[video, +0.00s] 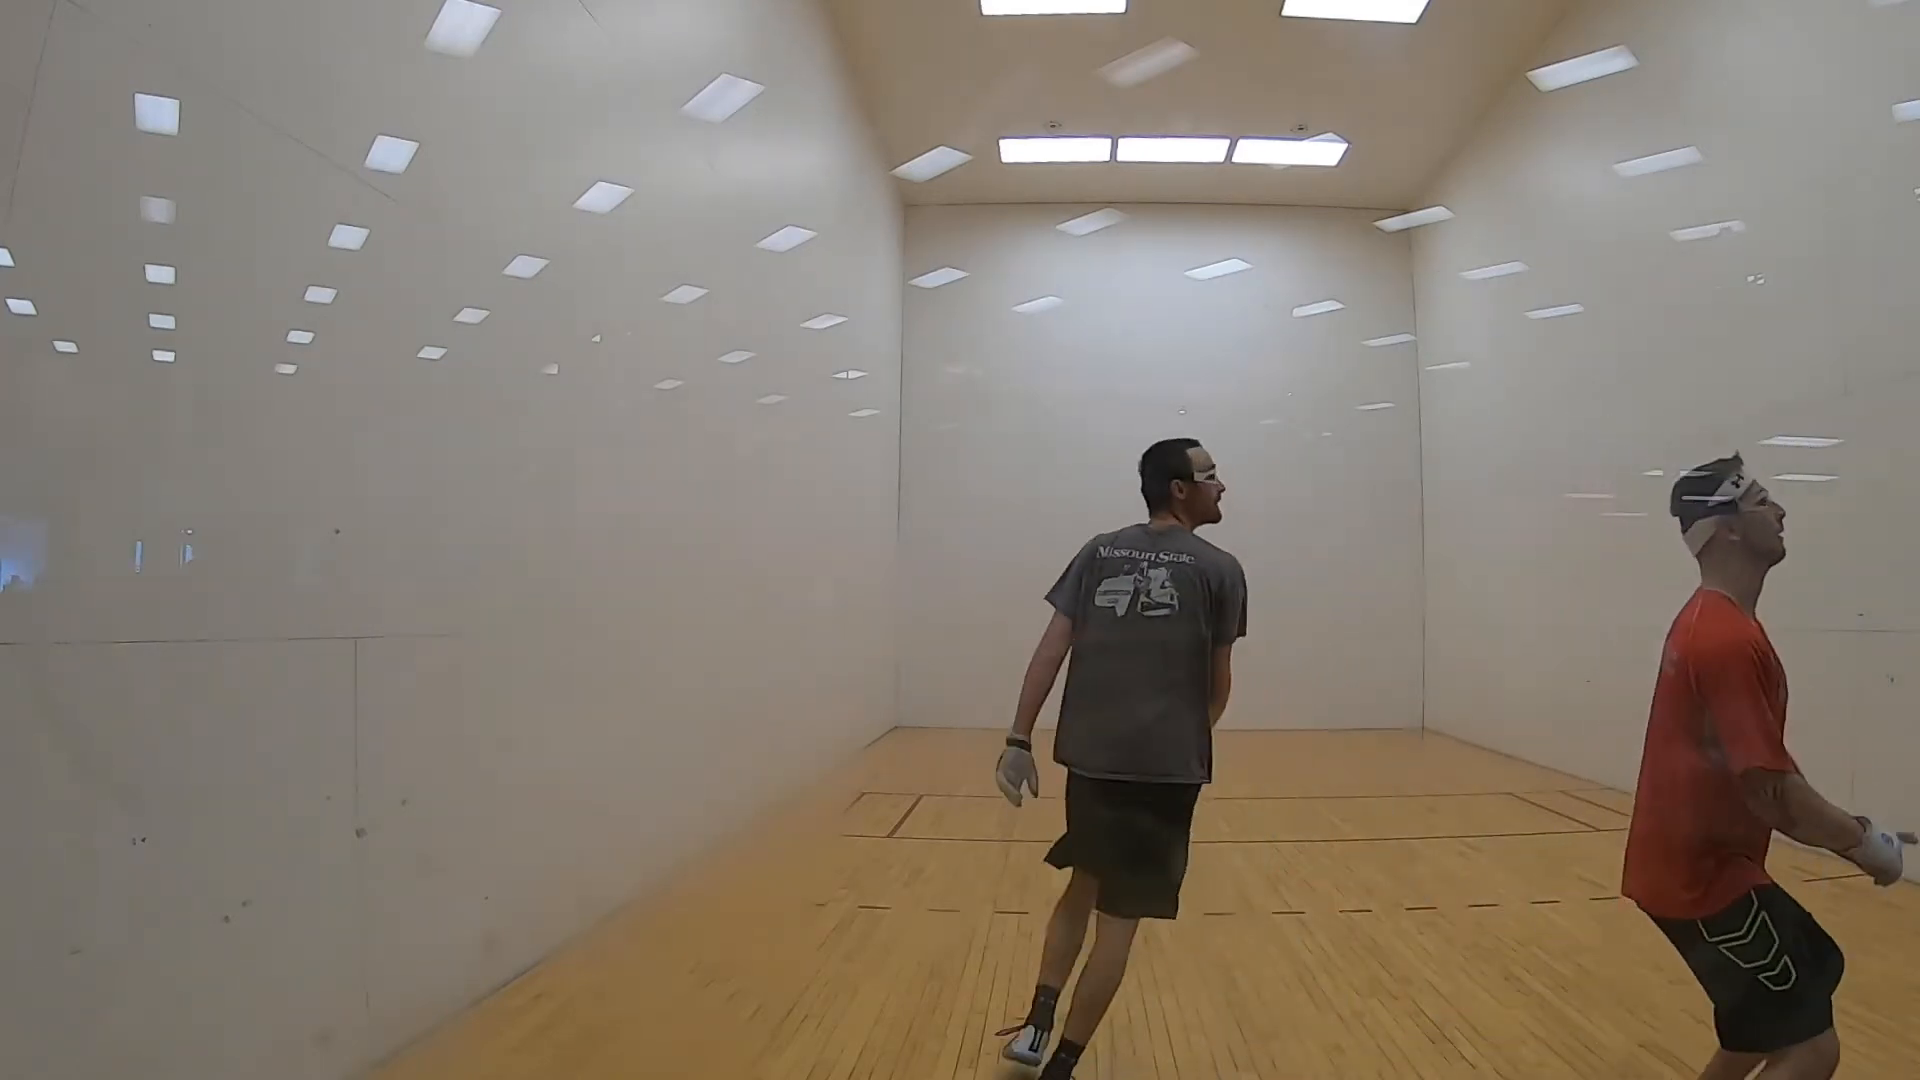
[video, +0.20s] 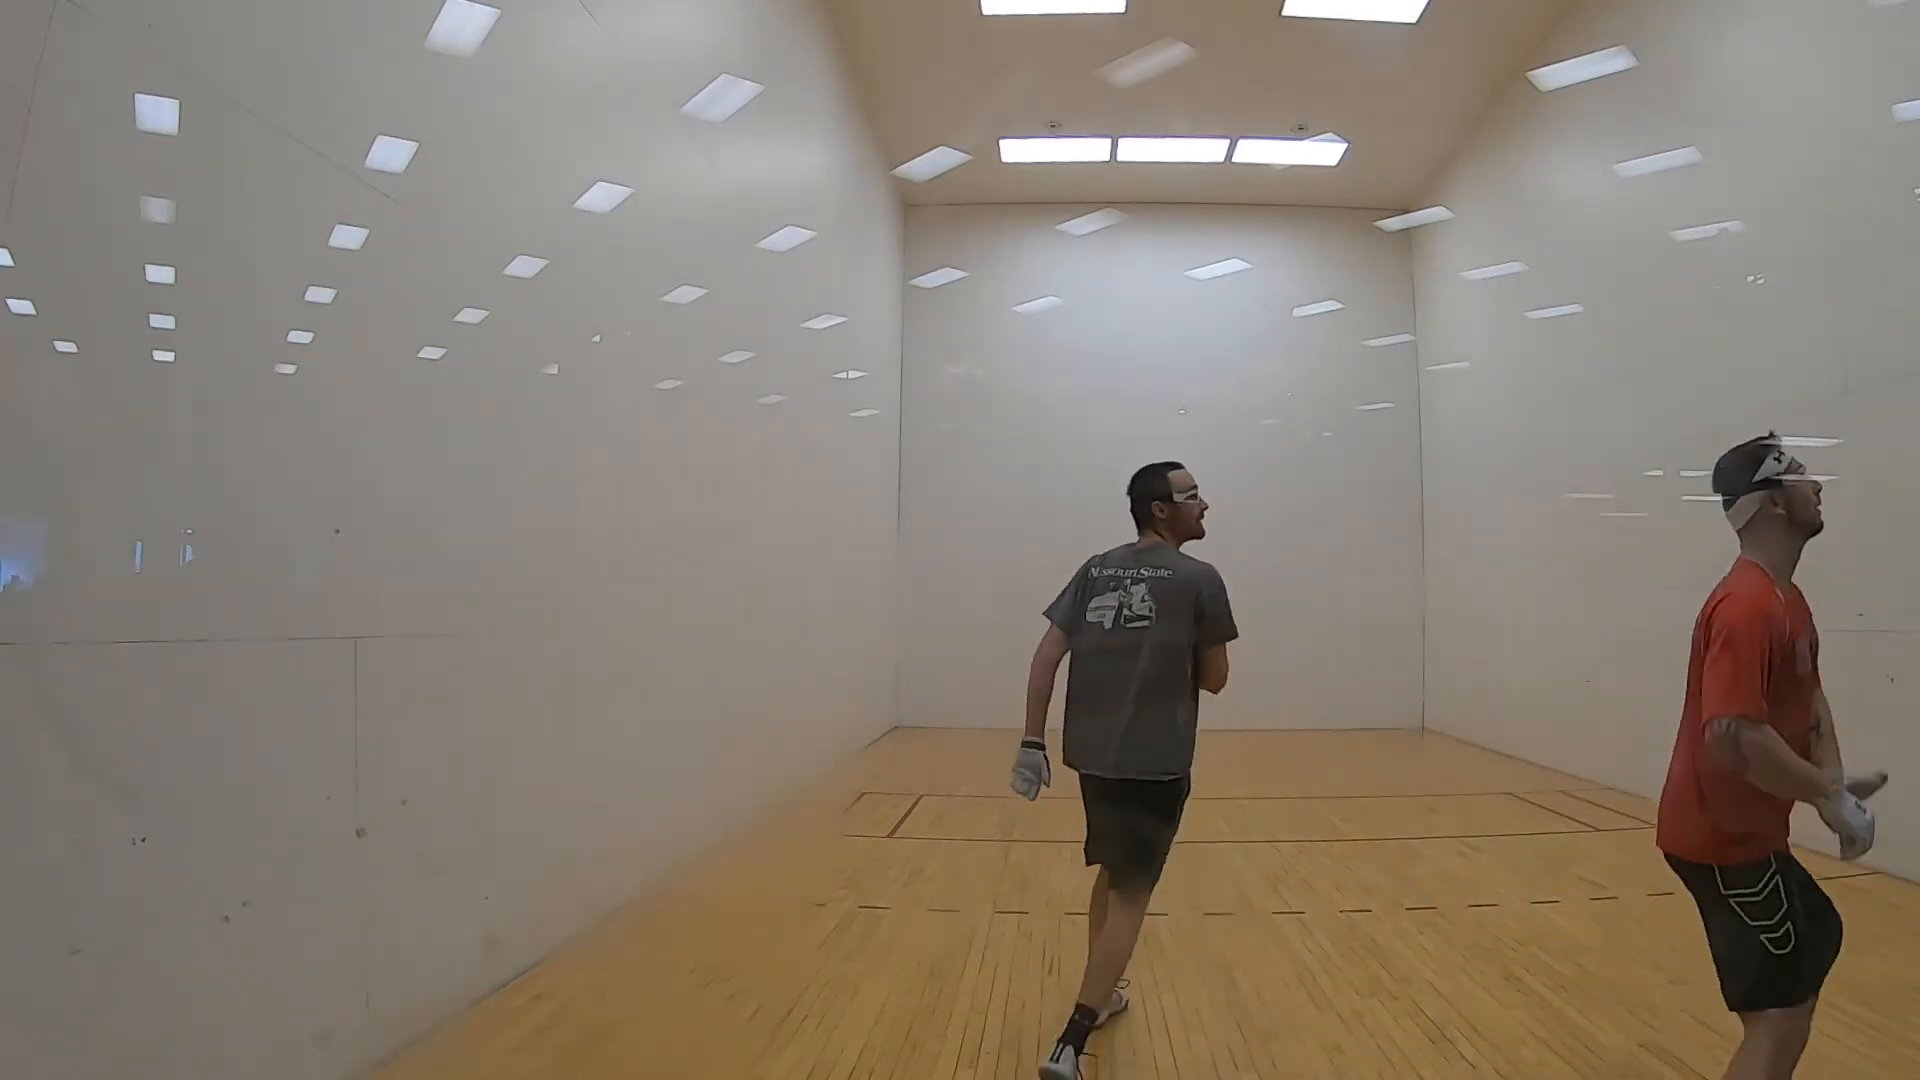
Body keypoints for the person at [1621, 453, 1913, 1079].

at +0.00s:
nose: (1778, 510)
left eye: (1768, 497)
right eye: (1759, 501)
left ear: (1725, 533)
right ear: (1724, 528)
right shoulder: (1726, 636)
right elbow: (1770, 790)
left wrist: (1848, 832)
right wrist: (1863, 845)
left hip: (1684, 865)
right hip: (1701, 877)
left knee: (1754, 1030)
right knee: (1812, 1052)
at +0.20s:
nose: (1818, 484)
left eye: (1808, 474)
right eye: (1801, 475)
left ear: (1769, 503)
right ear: (1769, 499)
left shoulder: (1786, 598)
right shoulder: (1744, 605)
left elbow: (1809, 711)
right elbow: (1732, 735)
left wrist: (1836, 788)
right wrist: (1830, 799)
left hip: (1749, 829)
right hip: (1719, 838)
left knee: (1819, 934)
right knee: (1780, 1021)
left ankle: (1768, 1061)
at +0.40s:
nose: (1836, 488)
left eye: (1829, 477)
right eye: (1823, 479)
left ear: (1787, 500)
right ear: (1792, 498)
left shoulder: (1791, 576)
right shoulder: (1756, 564)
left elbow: (1857, 656)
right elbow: (1768, 606)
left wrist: (1908, 702)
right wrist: (1875, 618)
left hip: (1708, 778)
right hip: (1691, 784)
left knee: (1735, 933)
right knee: (1764, 950)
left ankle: (1731, 1060)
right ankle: (1691, 1075)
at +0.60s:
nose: (1837, 578)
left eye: (1831, 570)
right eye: (1829, 572)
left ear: (1787, 589)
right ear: (1812, 583)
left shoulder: (1790, 651)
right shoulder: (1760, 638)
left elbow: (1762, 708)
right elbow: (1786, 601)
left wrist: (1796, 726)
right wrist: (1891, 607)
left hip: (1633, 799)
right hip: (1666, 829)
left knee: (1665, 904)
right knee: (1743, 976)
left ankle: (1670, 999)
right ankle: (1658, 1075)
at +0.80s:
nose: (1831, 641)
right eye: (1834, 633)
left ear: (1781, 609)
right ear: (1825, 637)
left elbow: (1625, 662)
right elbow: (1839, 797)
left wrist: (1597, 716)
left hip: (1628, 814)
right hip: (1692, 855)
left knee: (1675, 894)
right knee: (1704, 974)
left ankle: (1674, 997)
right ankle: (1673, 1047)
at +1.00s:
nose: (1740, 571)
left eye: (1741, 563)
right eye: (1755, 566)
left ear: (1739, 565)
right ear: (1788, 579)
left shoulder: (1721, 618)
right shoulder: (1784, 638)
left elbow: (1680, 685)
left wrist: (1616, 713)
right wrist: (1648, 602)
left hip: (1686, 792)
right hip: (1747, 806)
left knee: (1661, 887)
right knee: (1723, 919)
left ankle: (1693, 992)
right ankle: (1746, 993)